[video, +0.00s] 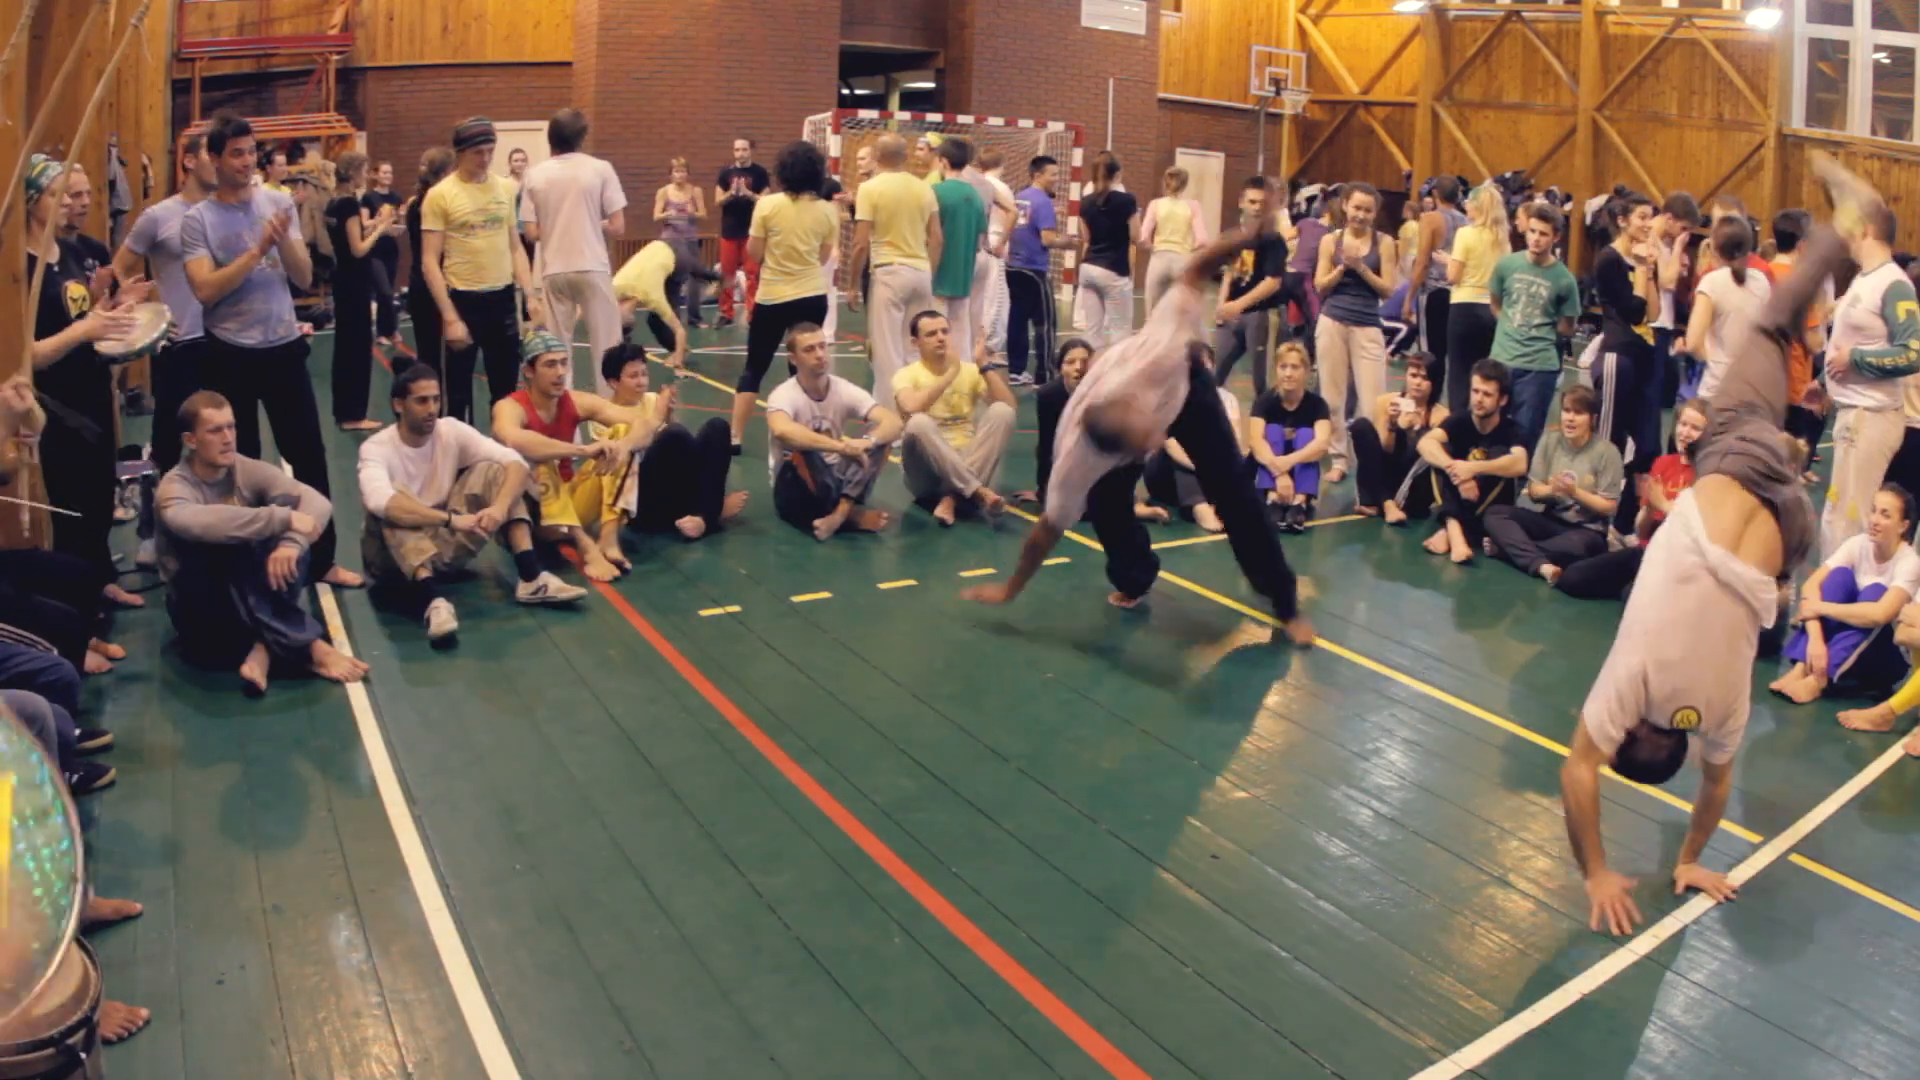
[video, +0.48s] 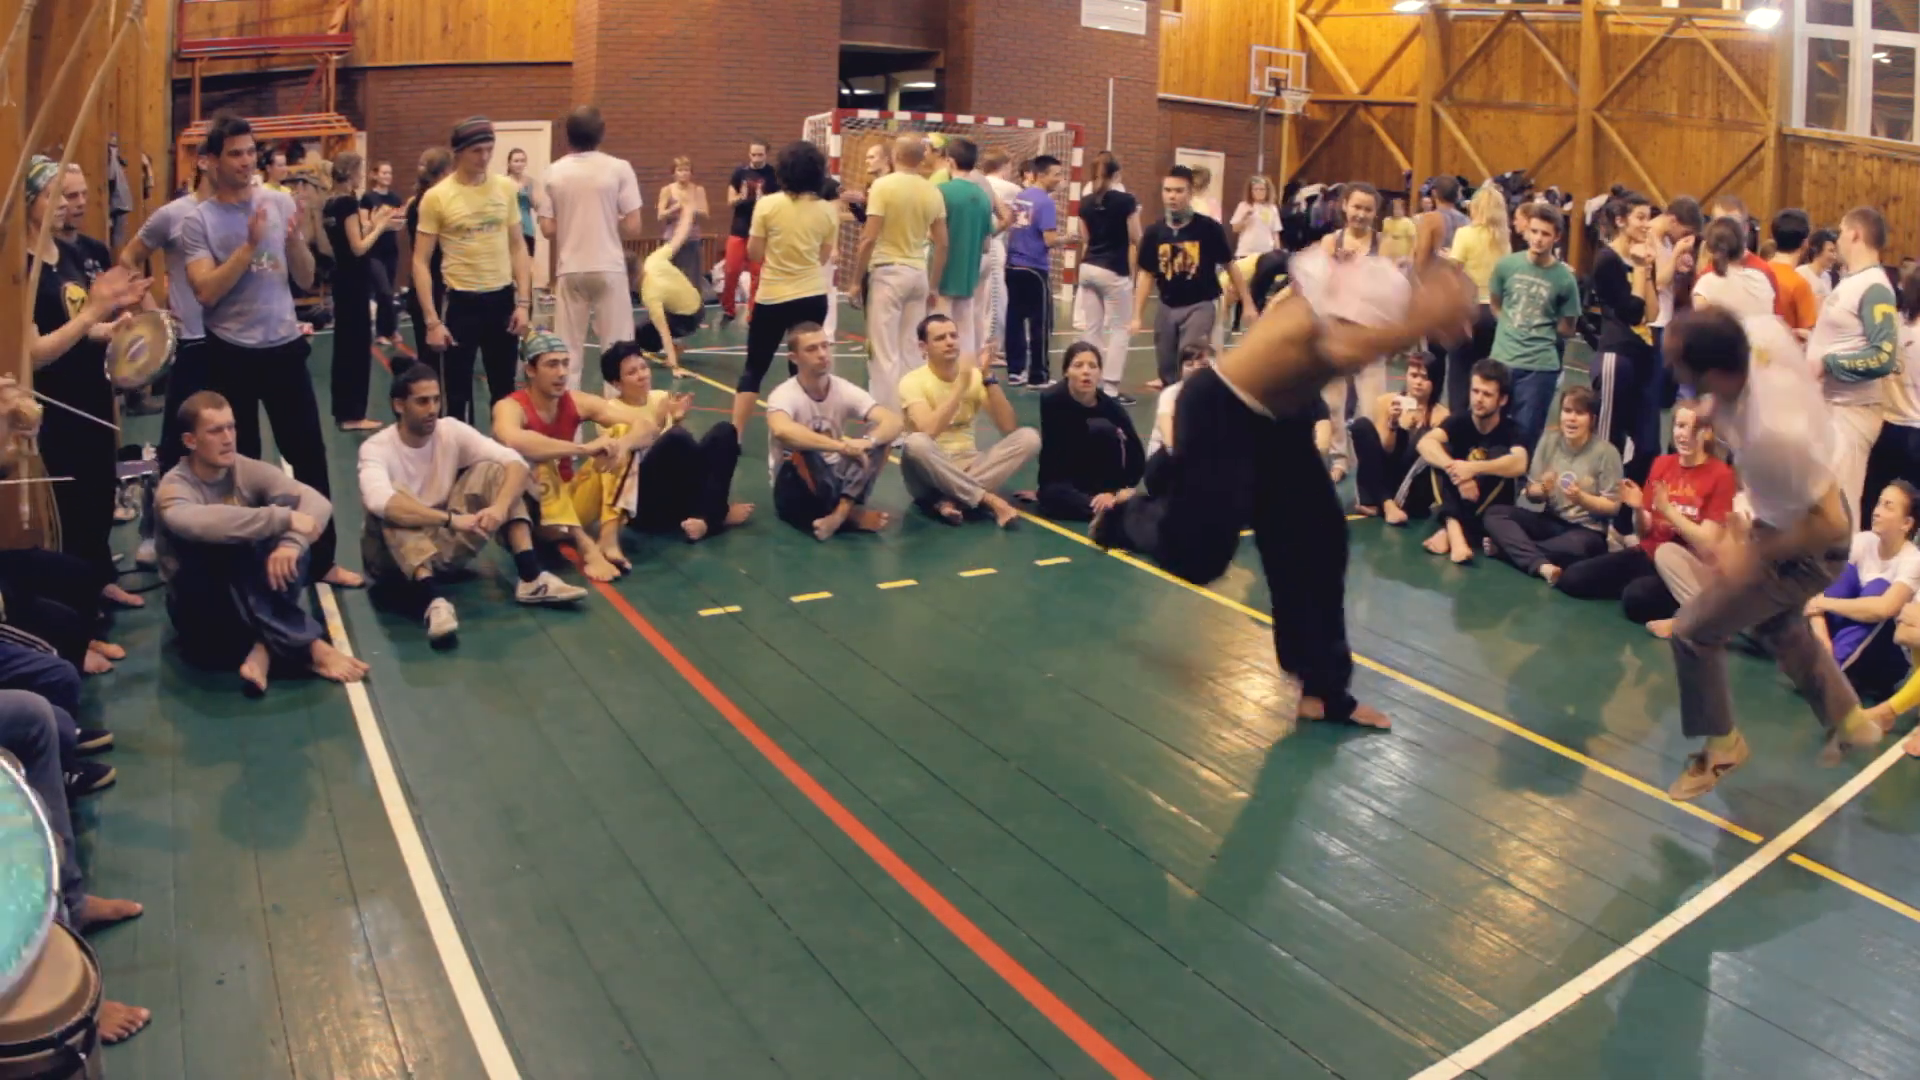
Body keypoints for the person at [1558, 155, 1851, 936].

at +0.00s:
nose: (1634, 772)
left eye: (1641, 771)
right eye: (1628, 766)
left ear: (1671, 749)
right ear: (1627, 737)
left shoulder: (1725, 710)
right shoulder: (1618, 689)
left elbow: (1716, 786)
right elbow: (1577, 776)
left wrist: (1690, 860)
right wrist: (1595, 874)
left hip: (1788, 514)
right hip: (1730, 462)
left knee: (1789, 567)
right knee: (1770, 321)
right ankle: (1840, 235)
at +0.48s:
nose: (1687, 383)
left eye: (1690, 377)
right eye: (1682, 373)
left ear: (1718, 374)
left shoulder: (1774, 431)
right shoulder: (1756, 336)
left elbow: (1833, 525)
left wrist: (1759, 553)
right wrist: (1715, 412)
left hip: (1811, 545)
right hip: (1778, 519)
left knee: (1693, 631)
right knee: (1783, 626)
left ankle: (1722, 743)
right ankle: (1852, 721)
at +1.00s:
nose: (1673, 382)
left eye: (1685, 371)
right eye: (1673, 368)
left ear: (1727, 380)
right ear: (1723, 379)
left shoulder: (1748, 429)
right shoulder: (1717, 420)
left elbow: (1638, 442)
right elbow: (1630, 423)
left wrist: (1662, 344)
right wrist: (1659, 339)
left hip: (1756, 620)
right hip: (1732, 604)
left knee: (1625, 680)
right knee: (1751, 709)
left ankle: (1533, 810)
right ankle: (1831, 791)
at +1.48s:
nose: (1530, 583)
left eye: (1549, 592)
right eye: (1542, 566)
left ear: (1572, 603)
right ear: (1554, 534)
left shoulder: (1579, 622)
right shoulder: (1500, 523)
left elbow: (1556, 731)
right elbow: (1458, 631)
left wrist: (1527, 819)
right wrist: (1510, 734)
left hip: (1505, 643)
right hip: (1436, 599)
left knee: (1503, 730)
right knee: (1359, 652)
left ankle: (1487, 833)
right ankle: (1326, 689)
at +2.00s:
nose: (1201, 428)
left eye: (1210, 413)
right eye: (1190, 417)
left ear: (1239, 398)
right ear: (1179, 412)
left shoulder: (1293, 423)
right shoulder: (1171, 431)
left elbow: (1387, 463)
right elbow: (1101, 471)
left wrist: (1436, 509)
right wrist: (1038, 501)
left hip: (1335, 497)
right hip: (1253, 502)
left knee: (1388, 591)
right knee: (1202, 562)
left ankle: (1445, 643)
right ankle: (1226, 682)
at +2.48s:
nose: (1238, 302)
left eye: (1250, 292)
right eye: (1232, 291)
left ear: (1277, 296)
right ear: (1226, 294)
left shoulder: (1296, 353)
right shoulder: (1239, 338)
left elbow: (1241, 420)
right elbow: (1244, 401)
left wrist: (1204, 389)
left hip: (1299, 480)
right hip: (1246, 455)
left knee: (1260, 550)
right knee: (1216, 522)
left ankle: (1245, 570)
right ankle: (1218, 639)